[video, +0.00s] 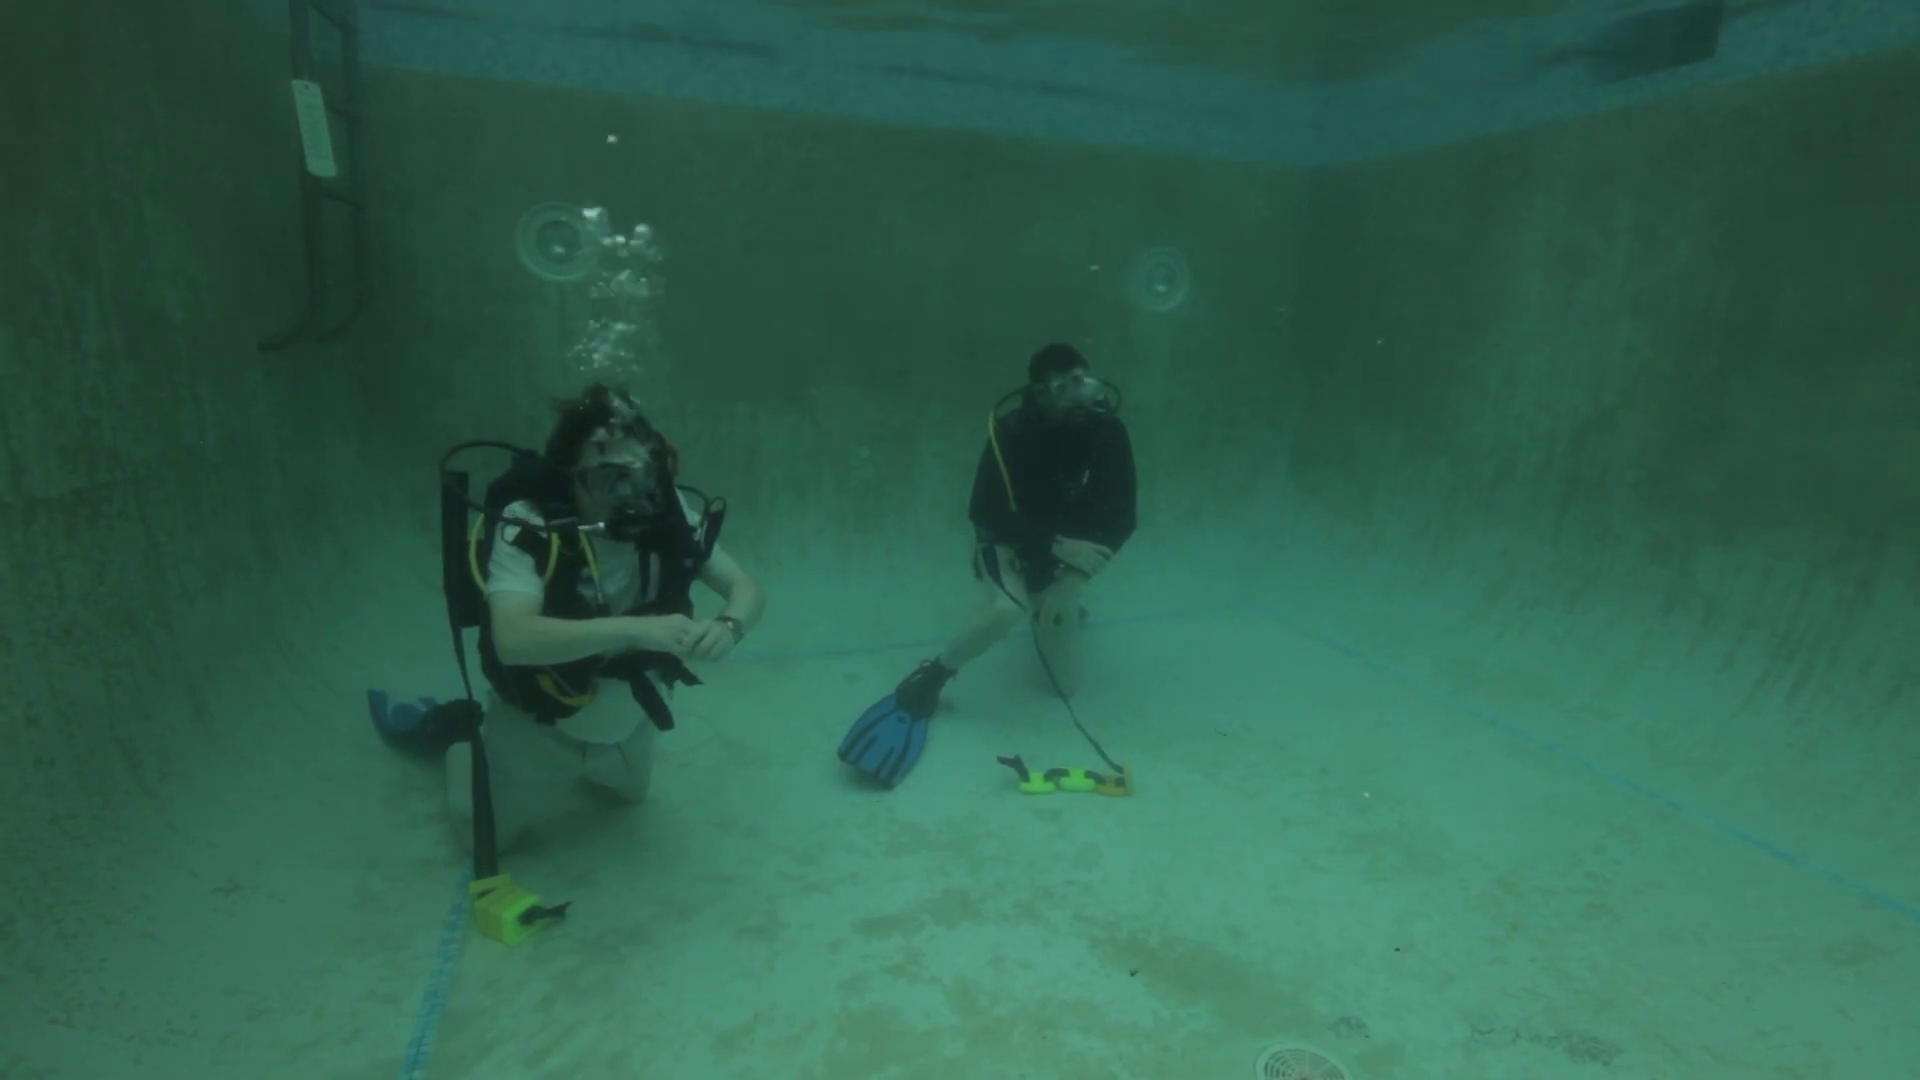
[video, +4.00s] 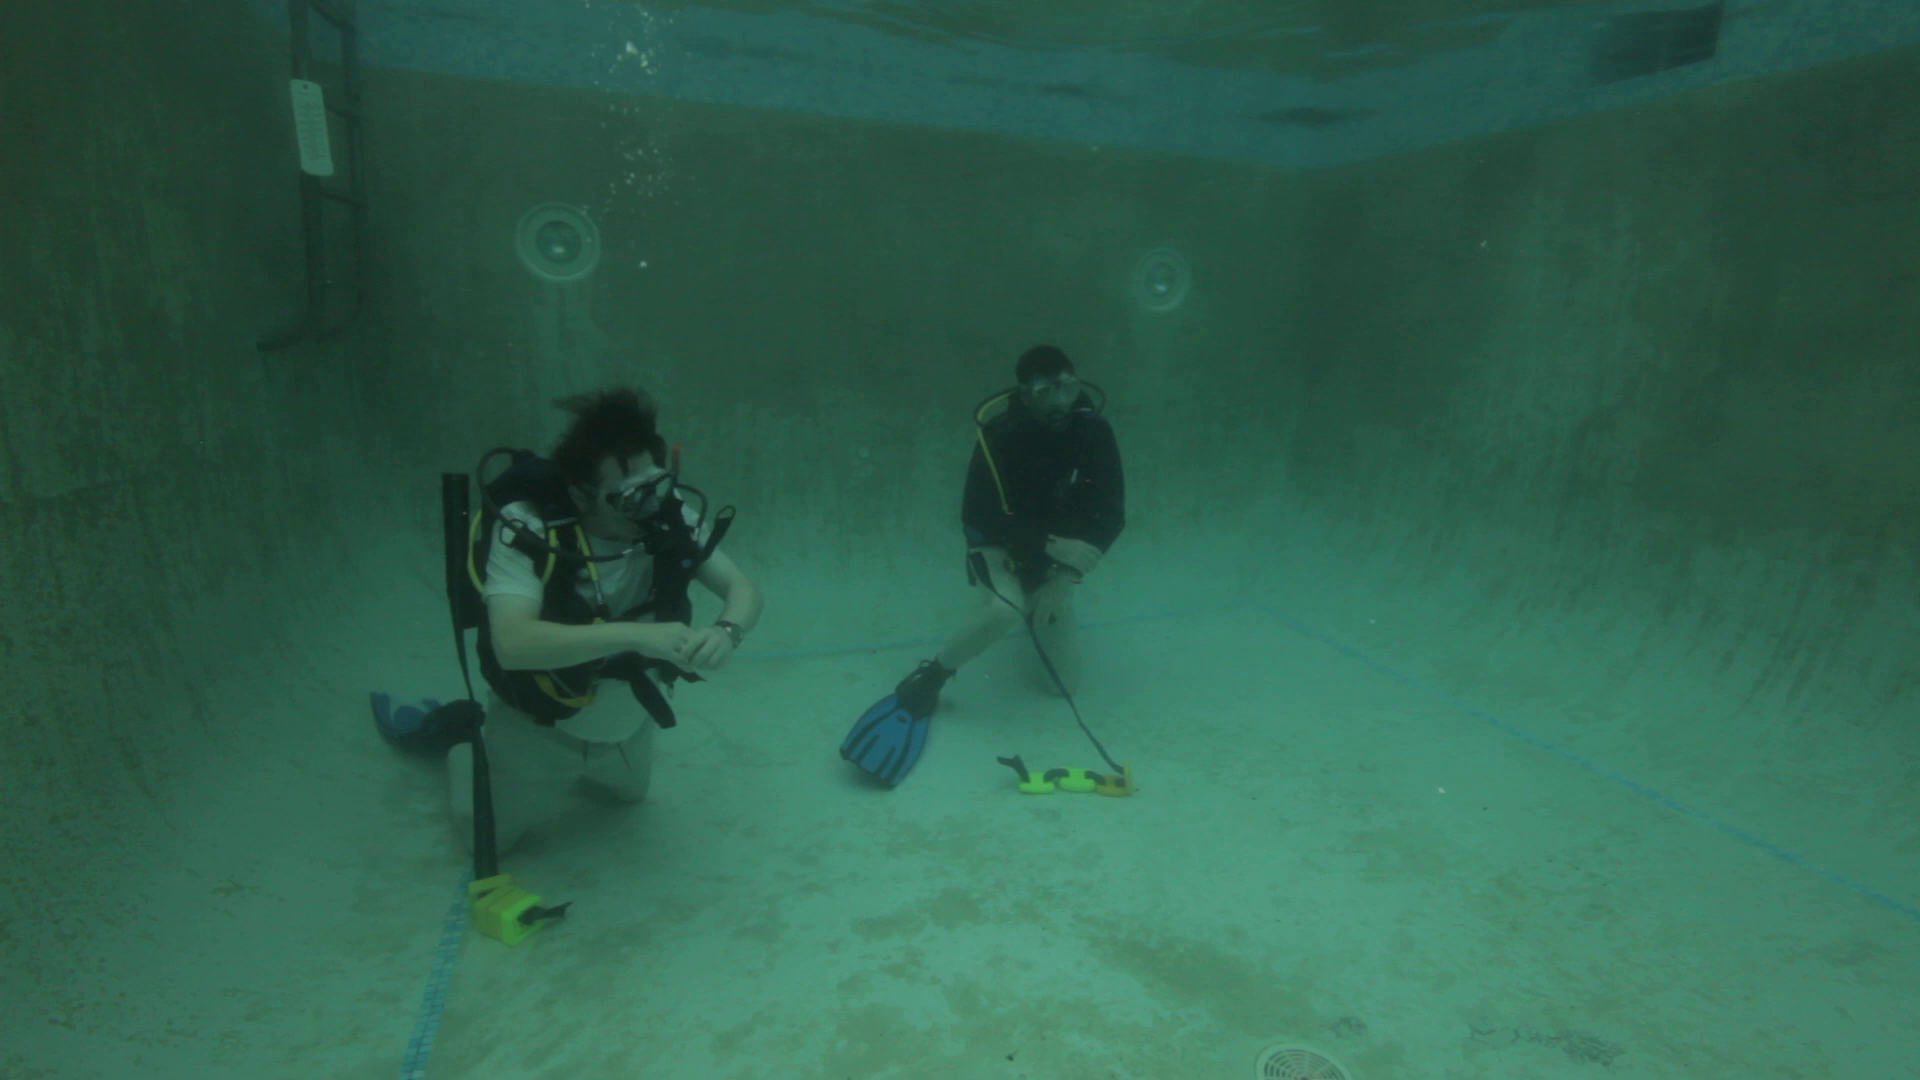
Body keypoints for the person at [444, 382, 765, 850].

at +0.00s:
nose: (622, 492)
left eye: (633, 475)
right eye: (604, 477)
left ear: (656, 471)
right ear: (573, 478)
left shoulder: (668, 515)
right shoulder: (527, 522)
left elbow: (745, 588)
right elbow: (512, 638)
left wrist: (729, 626)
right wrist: (638, 631)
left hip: (626, 706)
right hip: (538, 713)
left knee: (628, 786)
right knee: (486, 835)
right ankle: (461, 729)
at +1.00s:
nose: (625, 498)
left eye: (637, 482)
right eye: (607, 483)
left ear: (658, 478)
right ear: (574, 481)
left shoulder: (671, 519)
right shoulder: (530, 527)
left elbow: (747, 592)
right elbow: (516, 649)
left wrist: (732, 634)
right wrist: (644, 641)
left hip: (627, 710)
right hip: (538, 718)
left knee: (628, 787)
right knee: (485, 836)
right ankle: (460, 727)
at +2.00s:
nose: (630, 492)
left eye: (642, 476)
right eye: (610, 477)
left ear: (661, 478)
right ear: (575, 481)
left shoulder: (672, 521)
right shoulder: (531, 530)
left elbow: (749, 596)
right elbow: (516, 652)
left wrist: (733, 639)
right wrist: (646, 645)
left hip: (628, 713)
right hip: (538, 720)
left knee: (628, 787)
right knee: (484, 835)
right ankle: (462, 729)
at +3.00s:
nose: (632, 494)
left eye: (643, 478)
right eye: (612, 480)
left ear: (661, 476)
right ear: (577, 482)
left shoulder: (671, 518)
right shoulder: (531, 527)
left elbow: (748, 593)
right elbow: (517, 649)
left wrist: (733, 636)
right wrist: (647, 643)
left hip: (626, 708)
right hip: (538, 715)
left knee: (628, 785)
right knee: (486, 836)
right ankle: (462, 728)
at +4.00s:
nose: (650, 508)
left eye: (656, 489)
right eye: (630, 498)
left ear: (665, 474)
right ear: (582, 496)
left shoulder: (666, 515)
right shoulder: (525, 526)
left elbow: (743, 588)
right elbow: (511, 643)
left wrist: (728, 631)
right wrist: (641, 637)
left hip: (627, 708)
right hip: (538, 718)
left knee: (628, 787)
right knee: (491, 837)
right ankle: (465, 730)